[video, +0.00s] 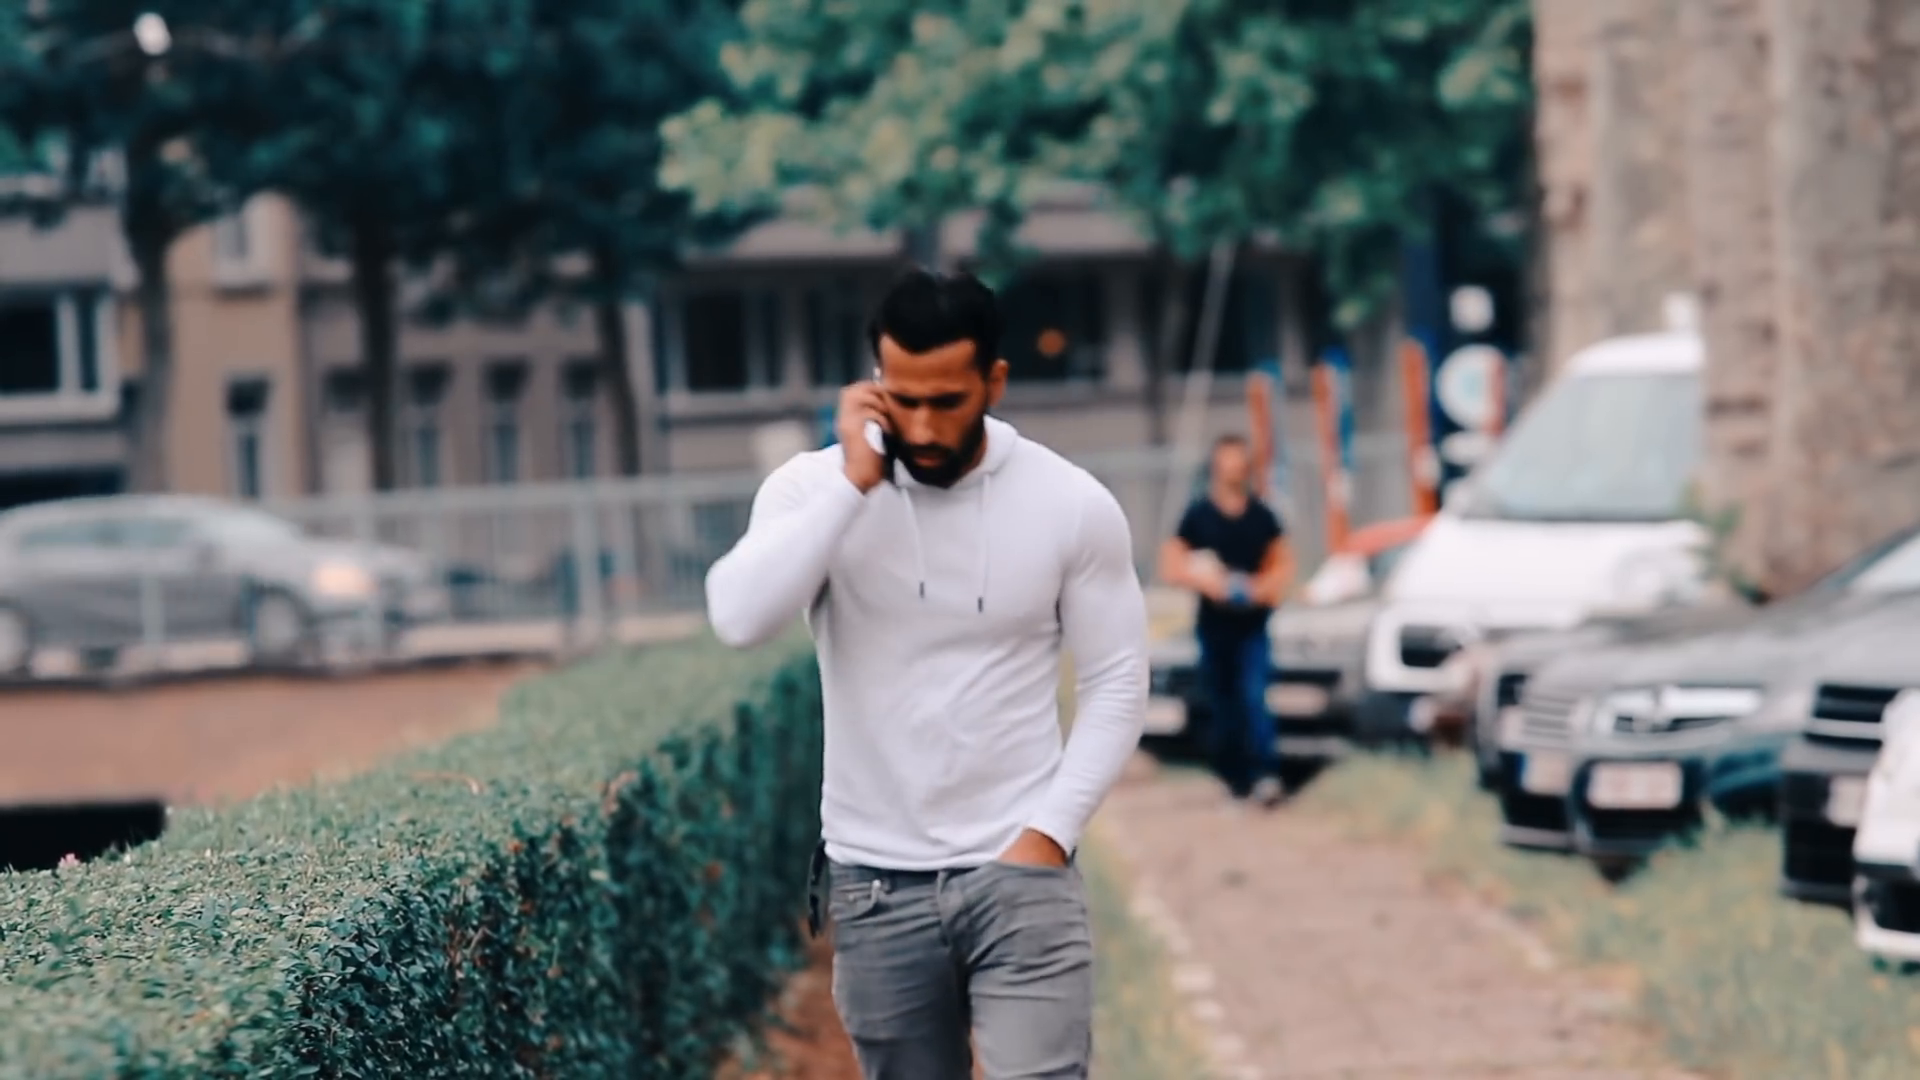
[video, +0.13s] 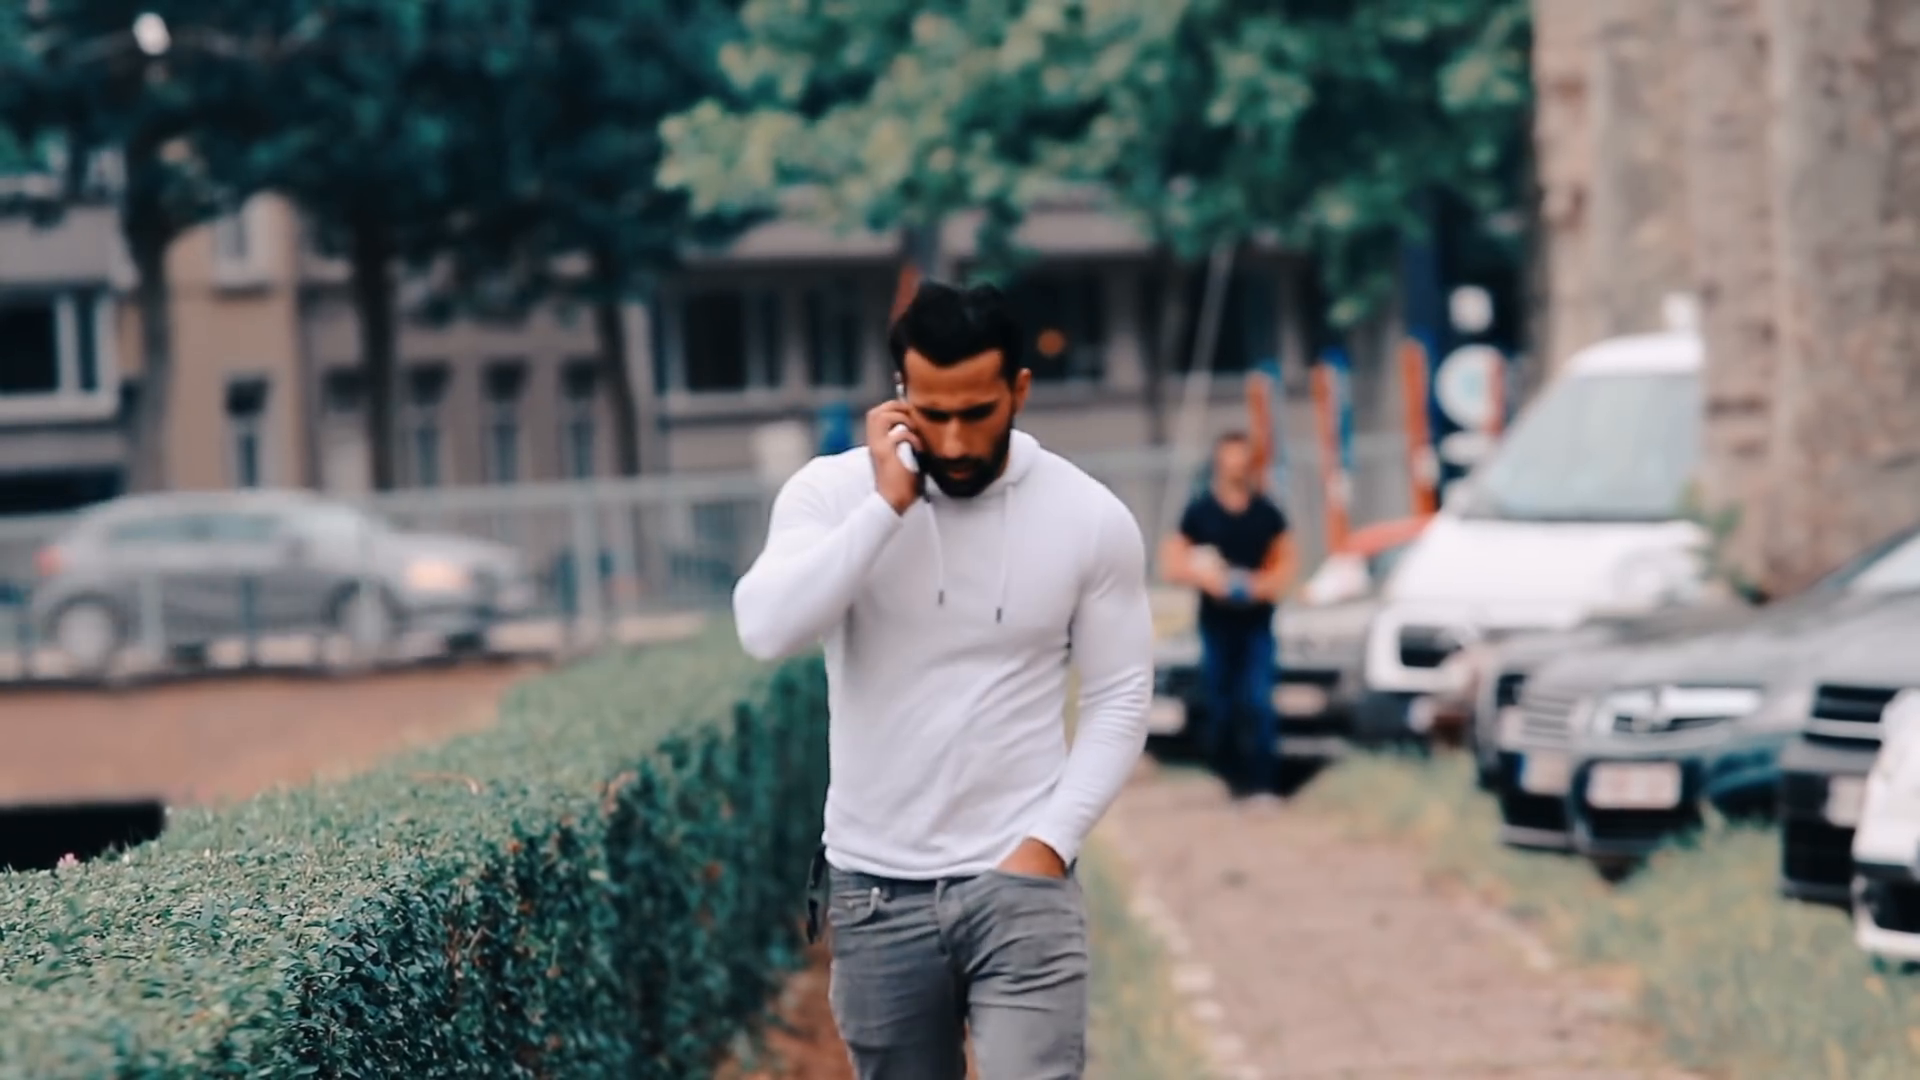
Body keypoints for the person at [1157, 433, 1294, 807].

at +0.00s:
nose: (1232, 470)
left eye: (1238, 463)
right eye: (1225, 463)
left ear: (1248, 466)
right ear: (1214, 466)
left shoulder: (1262, 516)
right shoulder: (1200, 514)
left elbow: (1281, 563)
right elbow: (1172, 564)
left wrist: (1263, 587)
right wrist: (1210, 581)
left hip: (1252, 616)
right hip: (1214, 617)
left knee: (1252, 695)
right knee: (1220, 698)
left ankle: (1264, 773)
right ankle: (1234, 777)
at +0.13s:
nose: (1235, 468)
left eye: (1242, 461)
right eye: (1229, 460)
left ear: (1252, 464)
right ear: (1217, 463)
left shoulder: (1266, 513)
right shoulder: (1201, 511)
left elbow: (1285, 562)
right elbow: (1174, 562)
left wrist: (1263, 584)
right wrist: (1210, 579)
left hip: (1255, 617)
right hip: (1216, 617)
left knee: (1257, 698)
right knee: (1219, 698)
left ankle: (1261, 782)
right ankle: (1230, 778)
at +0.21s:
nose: (1233, 460)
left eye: (1240, 452)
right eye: (1226, 452)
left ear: (1251, 456)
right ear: (1216, 456)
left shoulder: (1267, 504)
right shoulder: (1202, 503)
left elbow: (1288, 554)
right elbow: (1176, 555)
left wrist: (1262, 578)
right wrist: (1209, 573)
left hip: (1257, 609)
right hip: (1218, 610)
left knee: (1258, 696)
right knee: (1223, 695)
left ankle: (1262, 780)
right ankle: (1231, 776)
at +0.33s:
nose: (1231, 462)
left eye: (1237, 454)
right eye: (1224, 455)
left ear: (1249, 457)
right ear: (1213, 458)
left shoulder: (1268, 503)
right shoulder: (1201, 503)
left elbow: (1290, 552)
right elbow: (1182, 553)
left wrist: (1264, 576)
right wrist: (1207, 575)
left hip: (1256, 606)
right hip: (1217, 606)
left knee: (1253, 693)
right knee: (1226, 692)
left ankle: (1259, 777)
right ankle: (1231, 777)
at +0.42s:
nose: (1229, 466)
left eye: (1235, 458)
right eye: (1222, 459)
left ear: (1246, 461)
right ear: (1211, 463)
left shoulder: (1265, 508)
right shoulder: (1200, 510)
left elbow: (1290, 553)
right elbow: (1184, 553)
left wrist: (1267, 580)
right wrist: (1206, 579)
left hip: (1255, 609)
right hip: (1218, 609)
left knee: (1254, 696)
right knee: (1227, 694)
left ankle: (1258, 777)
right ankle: (1226, 774)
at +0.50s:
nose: (1226, 473)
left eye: (1232, 465)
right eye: (1219, 465)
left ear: (1244, 466)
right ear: (1207, 469)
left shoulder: (1262, 512)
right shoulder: (1196, 517)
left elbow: (1288, 556)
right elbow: (1186, 563)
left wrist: (1267, 583)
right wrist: (1205, 582)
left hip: (1253, 613)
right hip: (1215, 615)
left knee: (1256, 698)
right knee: (1228, 699)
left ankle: (1262, 779)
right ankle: (1230, 782)